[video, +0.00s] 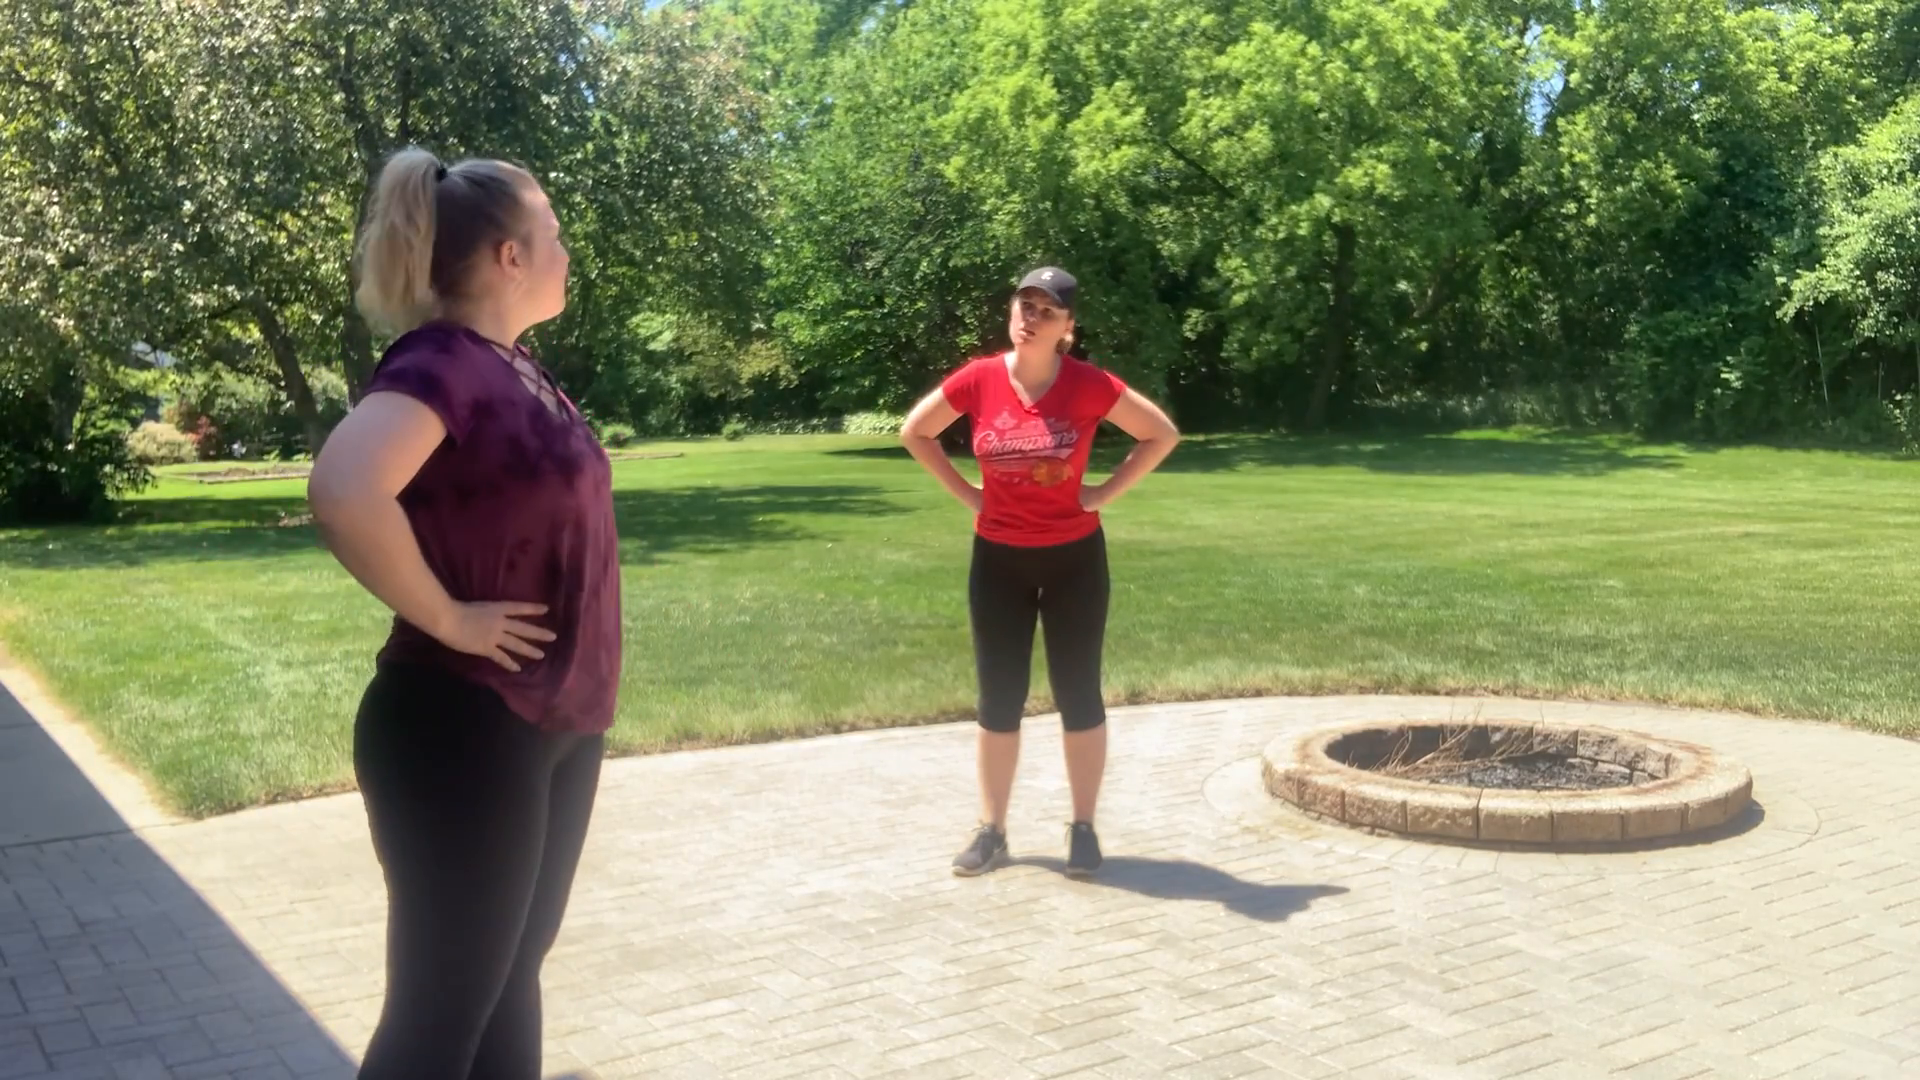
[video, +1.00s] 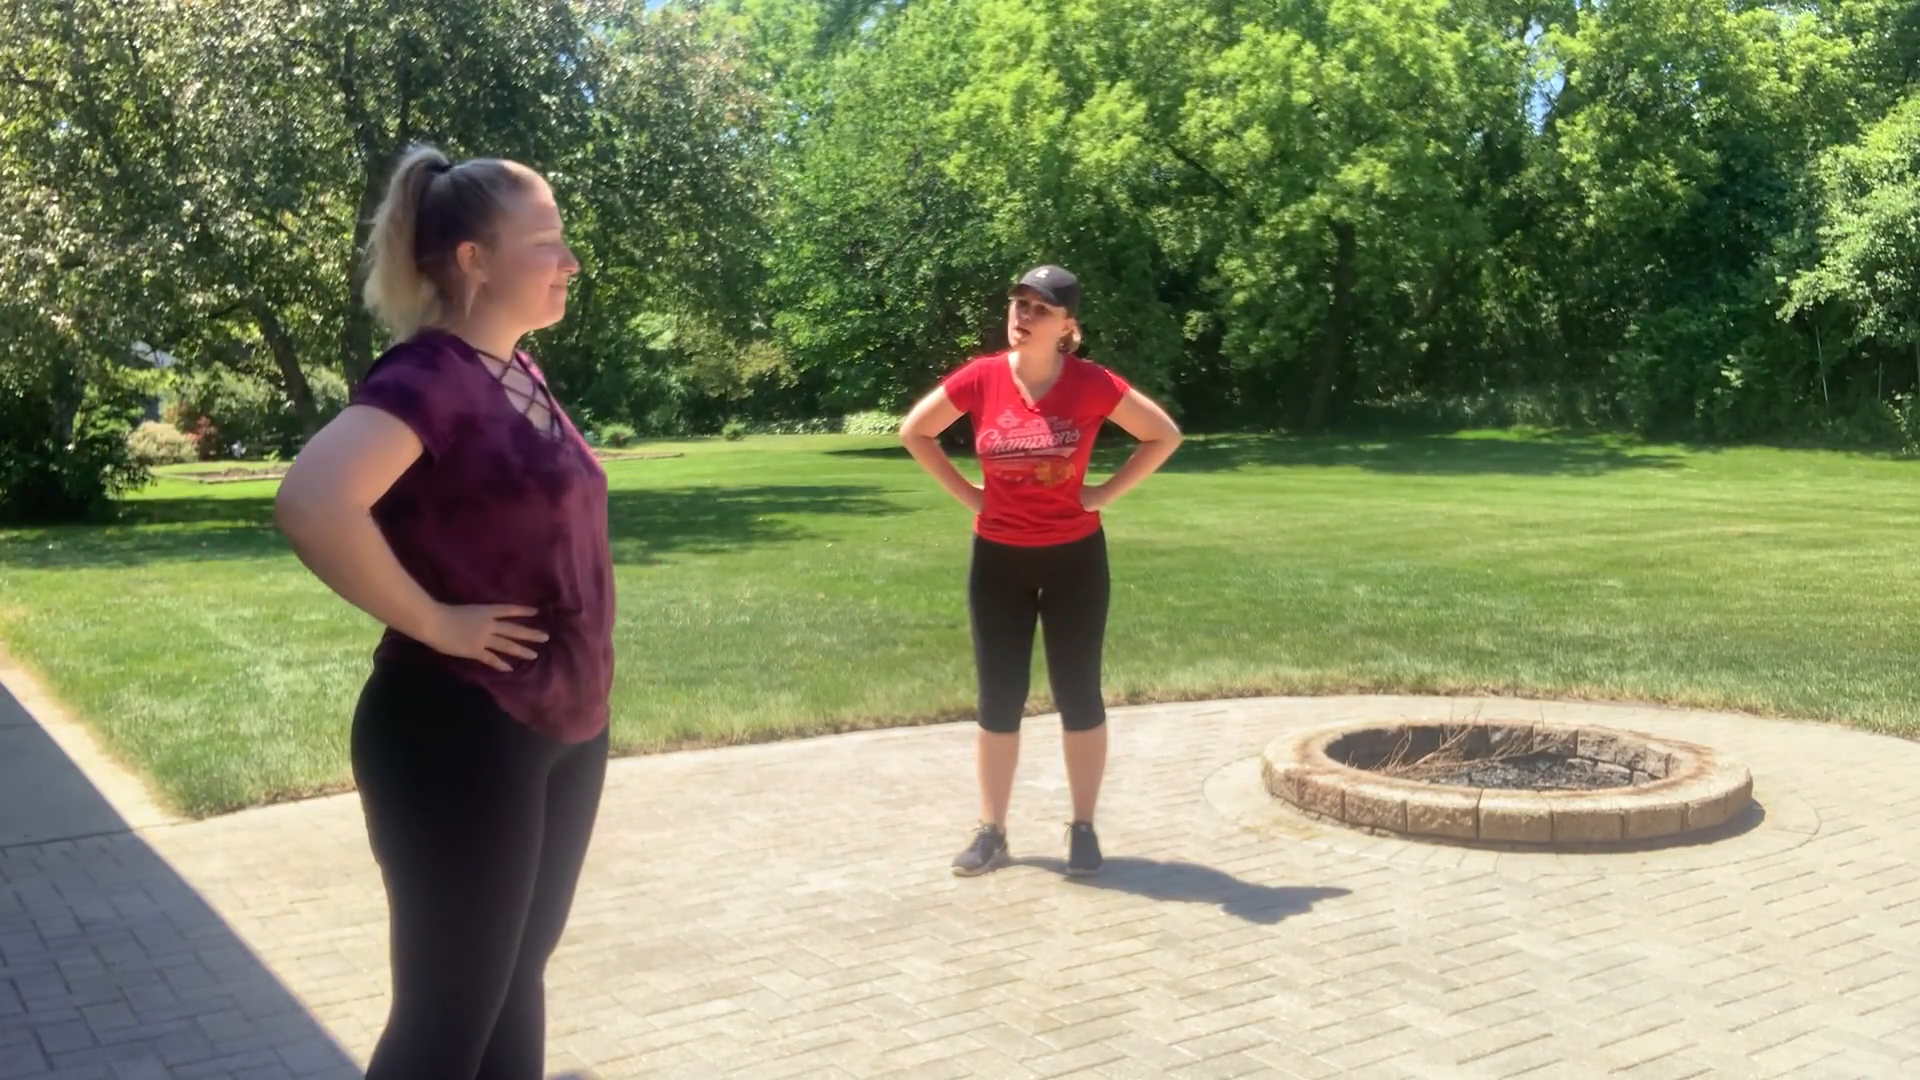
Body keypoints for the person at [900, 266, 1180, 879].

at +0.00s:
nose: (1029, 317)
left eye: (1044, 312)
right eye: (1025, 306)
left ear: (1068, 326)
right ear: (1011, 313)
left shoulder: (1089, 385)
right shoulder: (980, 377)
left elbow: (1163, 434)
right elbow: (915, 433)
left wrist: (1103, 493)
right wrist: (968, 493)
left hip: (1073, 555)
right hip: (998, 555)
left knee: (1077, 695)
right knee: (998, 699)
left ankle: (1083, 826)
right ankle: (991, 828)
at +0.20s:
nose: (1024, 318)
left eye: (1039, 313)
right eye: (1021, 307)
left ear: (1067, 329)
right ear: (1009, 314)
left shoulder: (1088, 386)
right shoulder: (980, 377)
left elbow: (1163, 436)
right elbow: (913, 433)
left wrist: (1104, 494)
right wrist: (968, 495)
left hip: (1072, 555)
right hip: (997, 555)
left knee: (1077, 694)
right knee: (998, 698)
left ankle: (1083, 826)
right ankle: (991, 829)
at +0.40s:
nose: (1025, 316)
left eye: (1039, 311)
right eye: (1021, 306)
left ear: (1066, 327)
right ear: (1009, 312)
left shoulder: (1088, 384)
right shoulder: (980, 376)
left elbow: (1163, 436)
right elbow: (912, 432)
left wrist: (1103, 494)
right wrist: (967, 494)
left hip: (1072, 555)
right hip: (996, 555)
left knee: (1076, 694)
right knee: (997, 698)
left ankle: (1083, 826)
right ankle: (991, 829)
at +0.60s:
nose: (1026, 317)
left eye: (1040, 311)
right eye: (1021, 306)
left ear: (1066, 325)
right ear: (1009, 311)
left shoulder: (1089, 384)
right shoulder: (980, 376)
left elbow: (1164, 435)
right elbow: (912, 433)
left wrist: (1102, 494)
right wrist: (968, 494)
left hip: (1072, 555)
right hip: (996, 555)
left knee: (1077, 695)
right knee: (998, 698)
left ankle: (1083, 826)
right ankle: (991, 829)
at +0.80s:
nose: (1028, 317)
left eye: (1042, 311)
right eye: (1023, 306)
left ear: (1068, 325)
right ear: (1011, 311)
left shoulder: (1090, 383)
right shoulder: (981, 376)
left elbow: (1165, 436)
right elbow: (913, 433)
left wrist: (1103, 494)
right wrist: (969, 494)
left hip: (1073, 555)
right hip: (997, 555)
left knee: (1077, 695)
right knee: (998, 698)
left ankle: (1083, 826)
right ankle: (991, 829)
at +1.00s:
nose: (1021, 316)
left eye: (1036, 311)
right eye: (1018, 306)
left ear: (1068, 326)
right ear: (1009, 311)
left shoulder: (1092, 383)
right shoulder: (982, 376)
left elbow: (1166, 435)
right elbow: (914, 432)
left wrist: (1104, 494)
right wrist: (969, 493)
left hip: (1074, 555)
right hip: (998, 555)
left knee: (1077, 695)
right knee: (998, 698)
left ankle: (1083, 826)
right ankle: (991, 829)